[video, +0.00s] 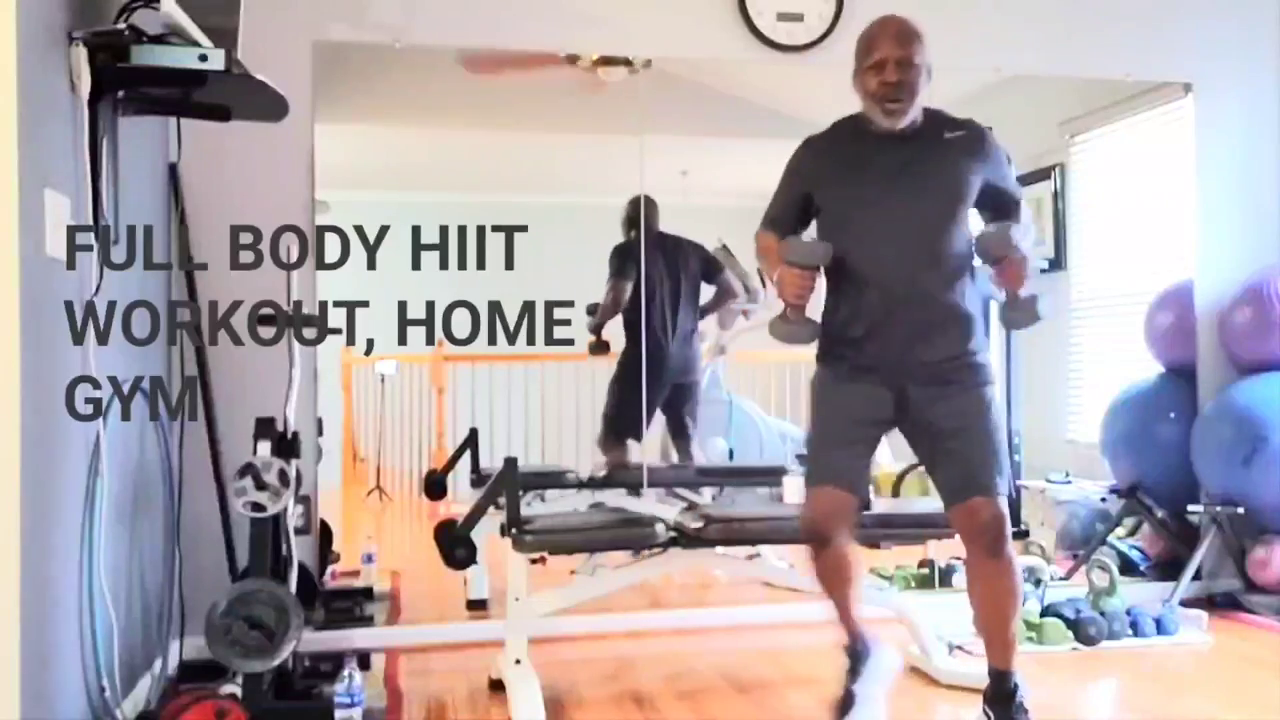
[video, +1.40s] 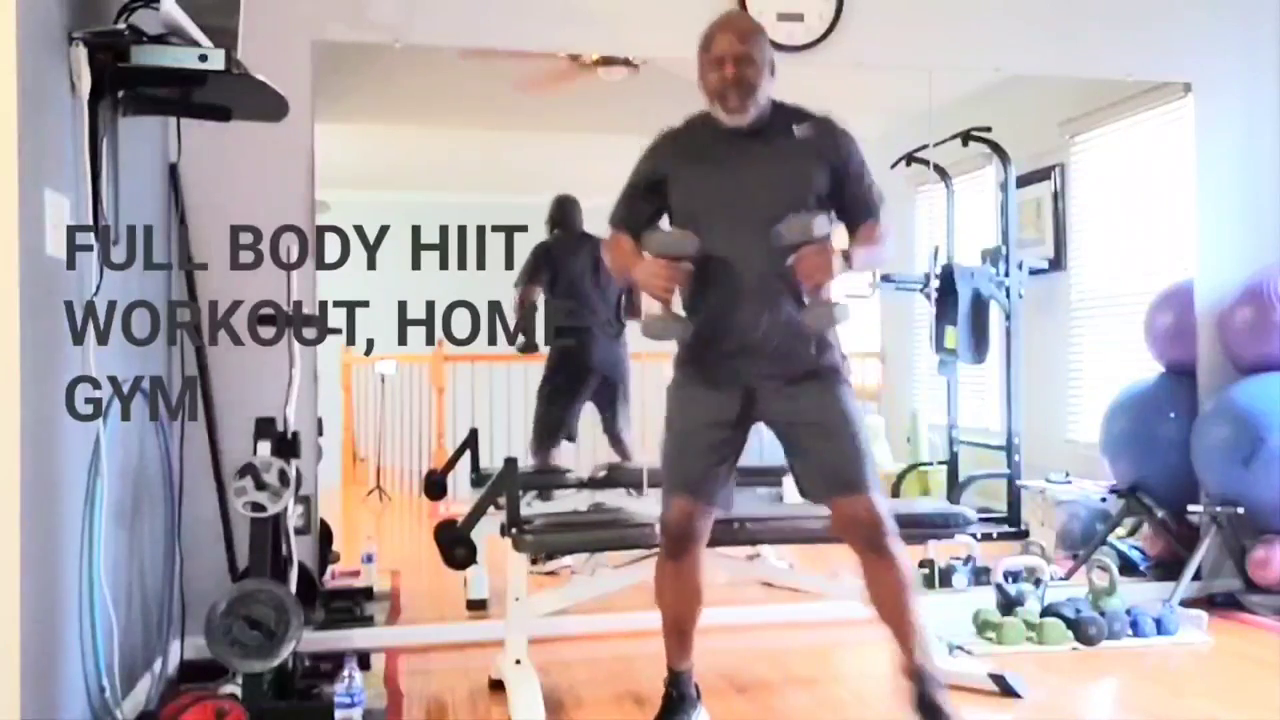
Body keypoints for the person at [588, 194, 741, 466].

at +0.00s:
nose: (623, 224)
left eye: (625, 219)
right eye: (624, 219)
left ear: (629, 220)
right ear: (657, 219)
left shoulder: (628, 250)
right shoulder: (689, 248)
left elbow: (618, 298)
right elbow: (731, 291)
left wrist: (597, 323)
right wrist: (698, 313)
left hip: (644, 362)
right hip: (685, 362)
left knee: (612, 439)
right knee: (685, 441)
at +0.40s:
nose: (624, 232)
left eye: (624, 227)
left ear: (628, 226)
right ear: (656, 224)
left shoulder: (624, 254)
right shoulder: (691, 255)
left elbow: (609, 308)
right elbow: (719, 308)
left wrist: (602, 338)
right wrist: (686, 320)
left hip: (643, 359)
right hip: (686, 362)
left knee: (597, 434)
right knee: (685, 443)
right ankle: (701, 504)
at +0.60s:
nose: (609, 260)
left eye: (609, 256)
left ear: (609, 259)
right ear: (636, 258)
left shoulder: (601, 294)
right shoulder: (664, 289)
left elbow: (582, 347)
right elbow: (681, 335)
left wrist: (580, 366)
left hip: (624, 392)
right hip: (668, 390)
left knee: (567, 454)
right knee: (675, 459)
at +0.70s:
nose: (589, 255)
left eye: (590, 251)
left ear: (591, 254)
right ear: (618, 254)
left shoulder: (583, 289)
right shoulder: (649, 286)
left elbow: (562, 347)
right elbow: (665, 343)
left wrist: (564, 362)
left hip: (608, 386)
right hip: (653, 386)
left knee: (554, 455)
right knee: (662, 461)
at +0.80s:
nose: (574, 235)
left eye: (574, 230)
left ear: (574, 232)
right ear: (602, 231)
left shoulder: (566, 266)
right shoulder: (632, 264)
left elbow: (548, 315)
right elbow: (655, 316)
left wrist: (549, 346)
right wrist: (622, 324)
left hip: (588, 364)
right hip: (629, 364)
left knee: (553, 441)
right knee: (642, 439)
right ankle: (674, 498)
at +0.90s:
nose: (561, 219)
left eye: (561, 215)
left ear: (563, 215)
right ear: (592, 213)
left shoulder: (559, 243)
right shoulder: (620, 243)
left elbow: (546, 294)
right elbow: (637, 298)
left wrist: (531, 321)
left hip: (576, 345)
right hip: (617, 346)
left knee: (553, 424)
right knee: (617, 423)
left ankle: (551, 477)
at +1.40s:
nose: (550, 224)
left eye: (550, 219)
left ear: (552, 220)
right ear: (581, 218)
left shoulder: (547, 250)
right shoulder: (608, 248)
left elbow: (527, 297)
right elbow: (634, 307)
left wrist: (528, 335)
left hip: (572, 348)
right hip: (612, 348)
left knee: (546, 431)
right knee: (617, 426)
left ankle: (545, 491)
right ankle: (636, 477)